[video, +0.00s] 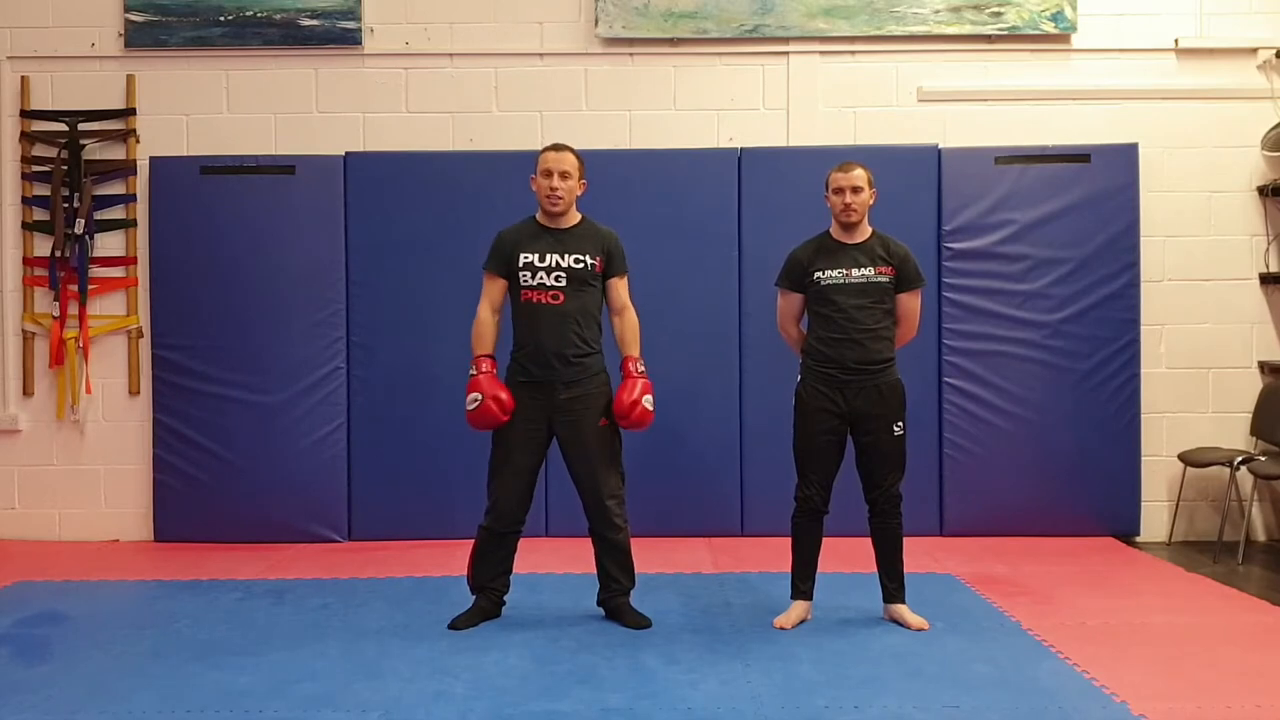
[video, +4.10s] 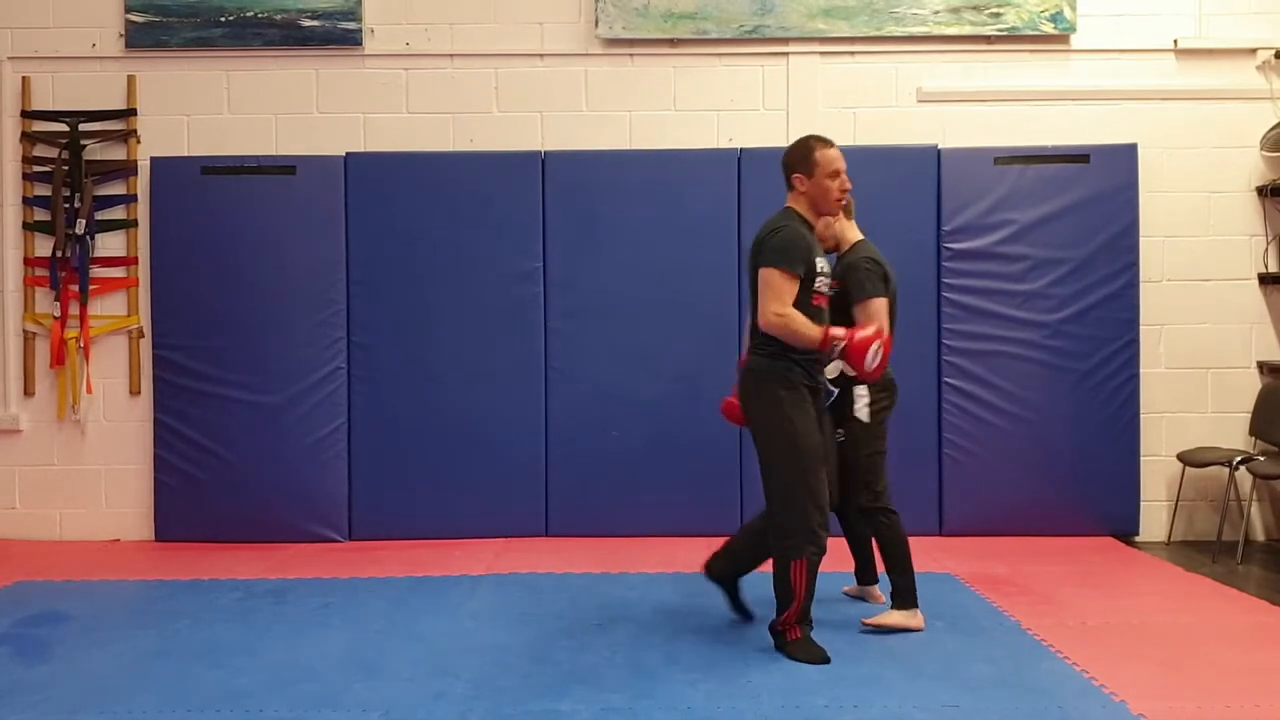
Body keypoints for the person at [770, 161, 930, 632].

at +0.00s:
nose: (847, 199)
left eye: (855, 190)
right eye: (838, 191)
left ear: (872, 196)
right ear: (827, 198)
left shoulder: (897, 256)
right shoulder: (805, 258)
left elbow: (908, 327)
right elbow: (787, 325)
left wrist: (866, 353)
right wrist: (822, 357)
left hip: (879, 392)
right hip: (820, 392)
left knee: (886, 499)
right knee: (810, 497)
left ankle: (894, 601)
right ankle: (801, 599)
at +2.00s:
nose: (835, 202)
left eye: (845, 194)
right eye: (831, 194)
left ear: (871, 199)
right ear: (828, 199)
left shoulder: (900, 255)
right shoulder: (812, 259)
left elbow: (923, 322)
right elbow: (807, 325)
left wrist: (908, 376)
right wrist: (805, 376)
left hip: (884, 390)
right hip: (824, 391)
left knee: (888, 500)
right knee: (810, 496)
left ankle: (892, 600)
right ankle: (799, 597)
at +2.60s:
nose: (838, 210)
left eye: (846, 201)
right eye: (836, 201)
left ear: (875, 201)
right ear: (853, 202)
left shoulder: (901, 251)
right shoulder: (840, 254)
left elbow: (906, 320)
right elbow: (827, 327)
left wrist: (865, 338)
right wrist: (820, 308)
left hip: (884, 382)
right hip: (840, 381)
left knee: (884, 490)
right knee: (836, 488)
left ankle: (892, 602)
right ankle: (857, 590)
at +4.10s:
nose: (811, 231)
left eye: (814, 220)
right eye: (810, 221)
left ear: (837, 215)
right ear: (842, 215)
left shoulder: (862, 266)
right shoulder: (841, 263)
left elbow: (874, 342)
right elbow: (840, 329)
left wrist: (819, 372)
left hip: (865, 388)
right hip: (843, 385)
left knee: (872, 499)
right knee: (844, 496)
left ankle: (908, 606)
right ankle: (868, 583)